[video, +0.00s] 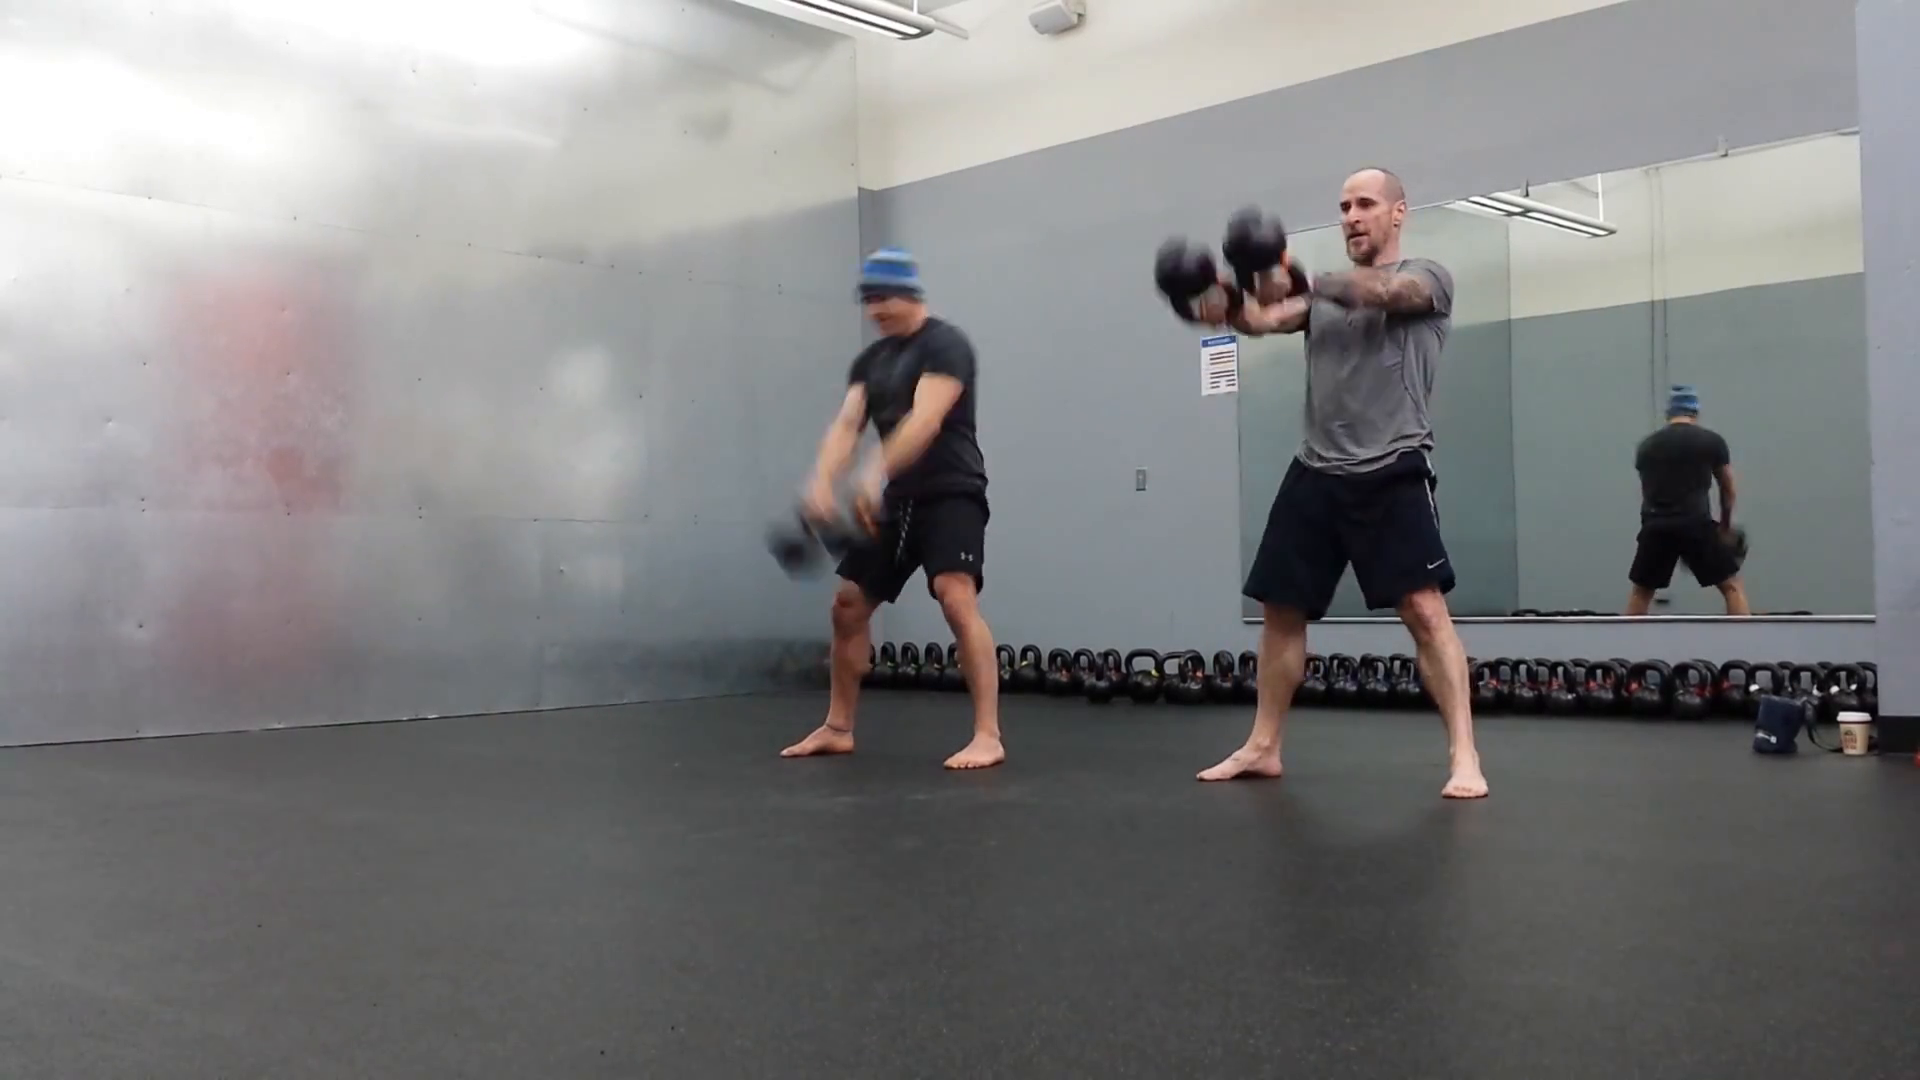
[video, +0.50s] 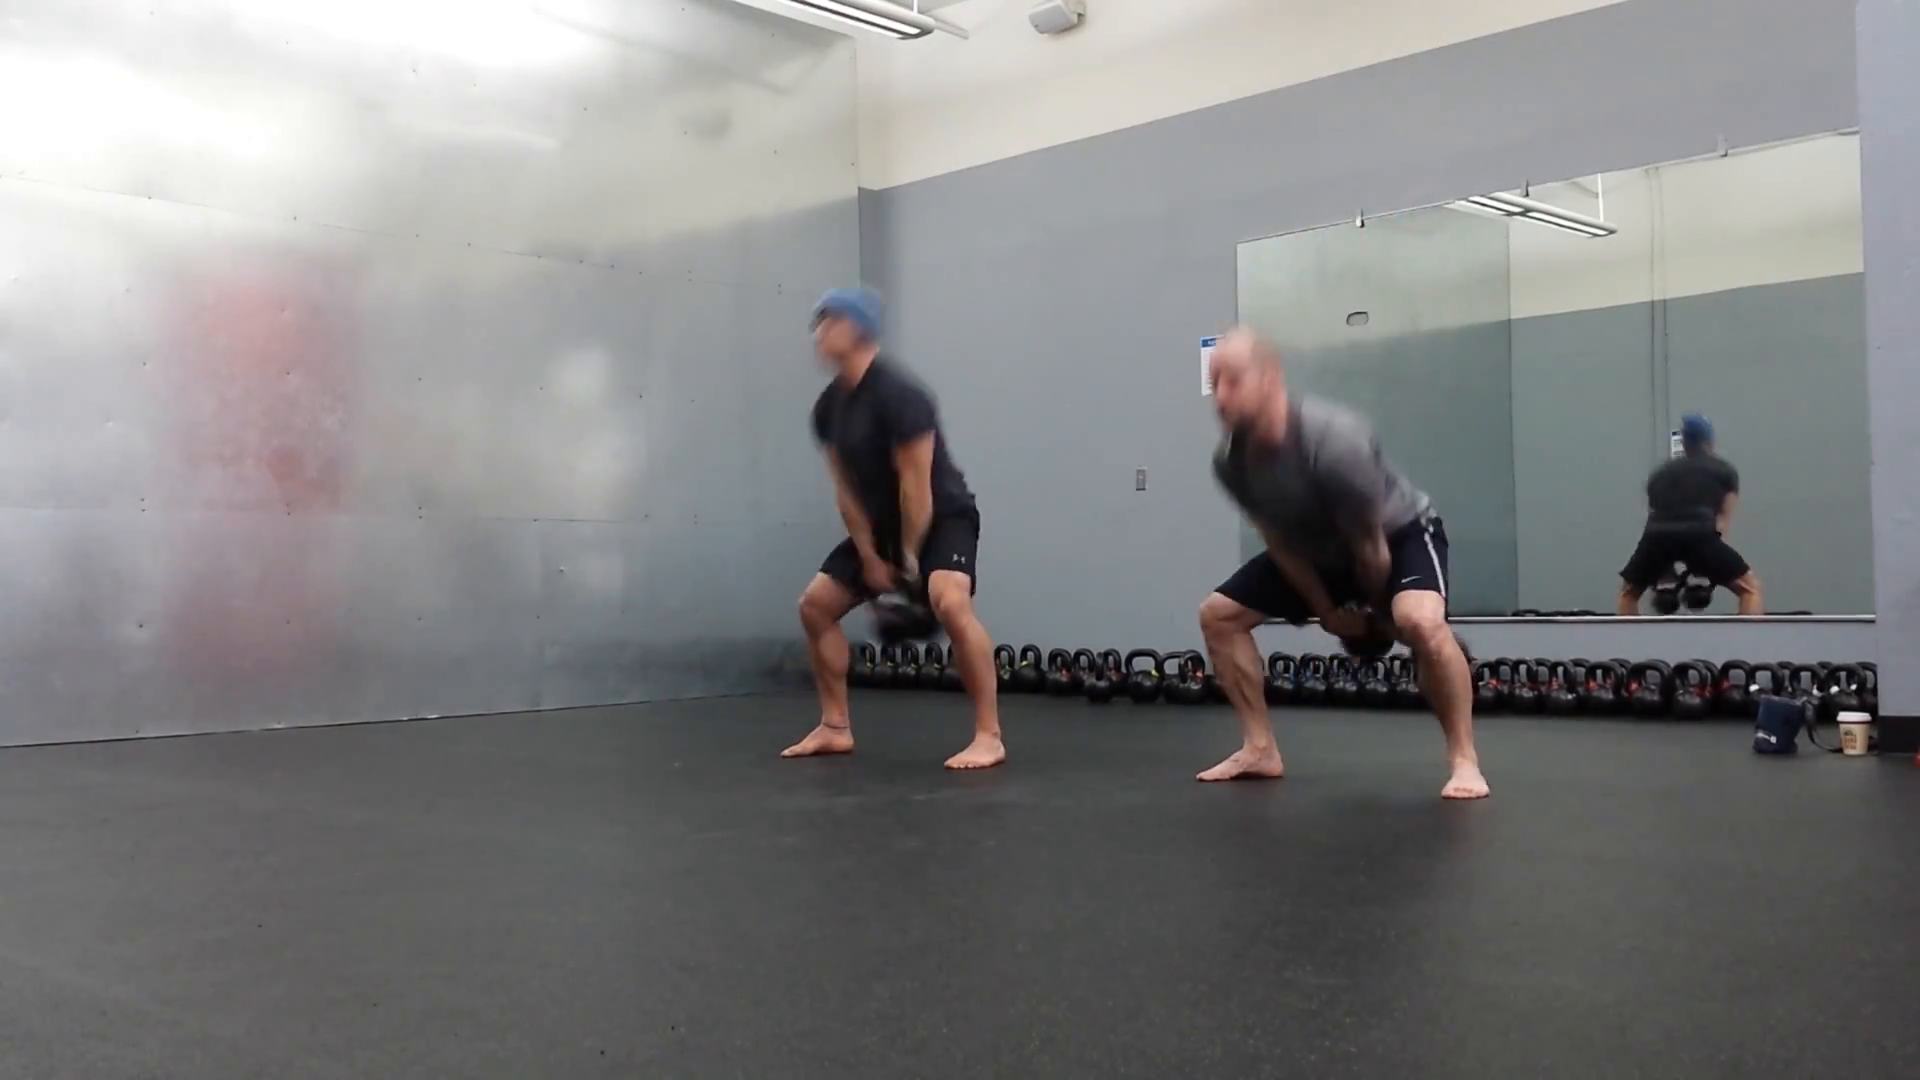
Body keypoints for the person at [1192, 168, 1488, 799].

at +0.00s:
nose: (1351, 217)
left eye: (1364, 204)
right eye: (1345, 208)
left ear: (1399, 212)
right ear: (1339, 222)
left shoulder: (1430, 278)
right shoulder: (1328, 290)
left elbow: (1385, 293)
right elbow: (1262, 316)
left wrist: (1307, 281)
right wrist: (1211, 299)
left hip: (1393, 472)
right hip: (1315, 474)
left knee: (1426, 613)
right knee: (1281, 608)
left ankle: (1464, 756)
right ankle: (1263, 745)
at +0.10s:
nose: (1347, 219)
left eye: (1361, 207)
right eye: (1342, 210)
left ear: (1396, 215)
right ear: (1337, 222)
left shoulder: (1426, 279)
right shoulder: (1317, 290)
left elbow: (1386, 315)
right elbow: (1282, 333)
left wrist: (1314, 336)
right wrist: (1237, 355)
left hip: (1398, 472)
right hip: (1320, 476)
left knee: (1430, 607)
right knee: (1274, 602)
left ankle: (1466, 756)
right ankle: (1262, 744)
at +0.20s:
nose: (1334, 228)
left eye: (1347, 215)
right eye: (1327, 217)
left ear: (1381, 221)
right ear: (1320, 228)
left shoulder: (1414, 288)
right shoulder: (1307, 299)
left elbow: (1377, 355)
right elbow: (1275, 368)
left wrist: (1320, 409)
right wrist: (1250, 429)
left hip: (1403, 481)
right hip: (1322, 484)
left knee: (1441, 602)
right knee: (1263, 605)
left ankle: (1467, 755)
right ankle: (1261, 744)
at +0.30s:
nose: (1297, 252)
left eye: (1310, 239)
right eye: (1292, 242)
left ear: (1347, 241)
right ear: (1288, 251)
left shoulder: (1388, 316)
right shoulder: (1281, 333)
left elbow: (1371, 422)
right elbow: (1277, 429)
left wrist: (1340, 509)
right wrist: (1281, 520)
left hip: (1401, 488)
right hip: (1326, 492)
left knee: (1445, 601)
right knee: (1246, 606)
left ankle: (1467, 756)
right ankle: (1261, 744)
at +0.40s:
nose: (1253, 309)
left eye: (1265, 295)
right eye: (1247, 298)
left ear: (1300, 297)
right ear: (1244, 310)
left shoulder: (1353, 373)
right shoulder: (1251, 394)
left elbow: (1368, 489)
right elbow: (1276, 491)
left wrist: (1371, 586)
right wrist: (1310, 580)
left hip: (1398, 507)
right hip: (1323, 512)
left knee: (1434, 610)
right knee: (1230, 612)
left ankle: (1464, 758)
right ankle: (1260, 746)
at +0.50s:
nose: (1220, 396)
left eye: (1232, 379)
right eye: (1215, 383)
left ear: (1269, 377)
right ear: (1210, 388)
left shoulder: (1335, 440)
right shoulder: (1233, 462)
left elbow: (1373, 544)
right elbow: (1280, 544)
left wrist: (1373, 616)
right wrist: (1330, 615)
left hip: (1400, 534)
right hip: (1322, 545)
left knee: (1420, 622)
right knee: (1220, 615)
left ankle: (1464, 761)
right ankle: (1260, 749)